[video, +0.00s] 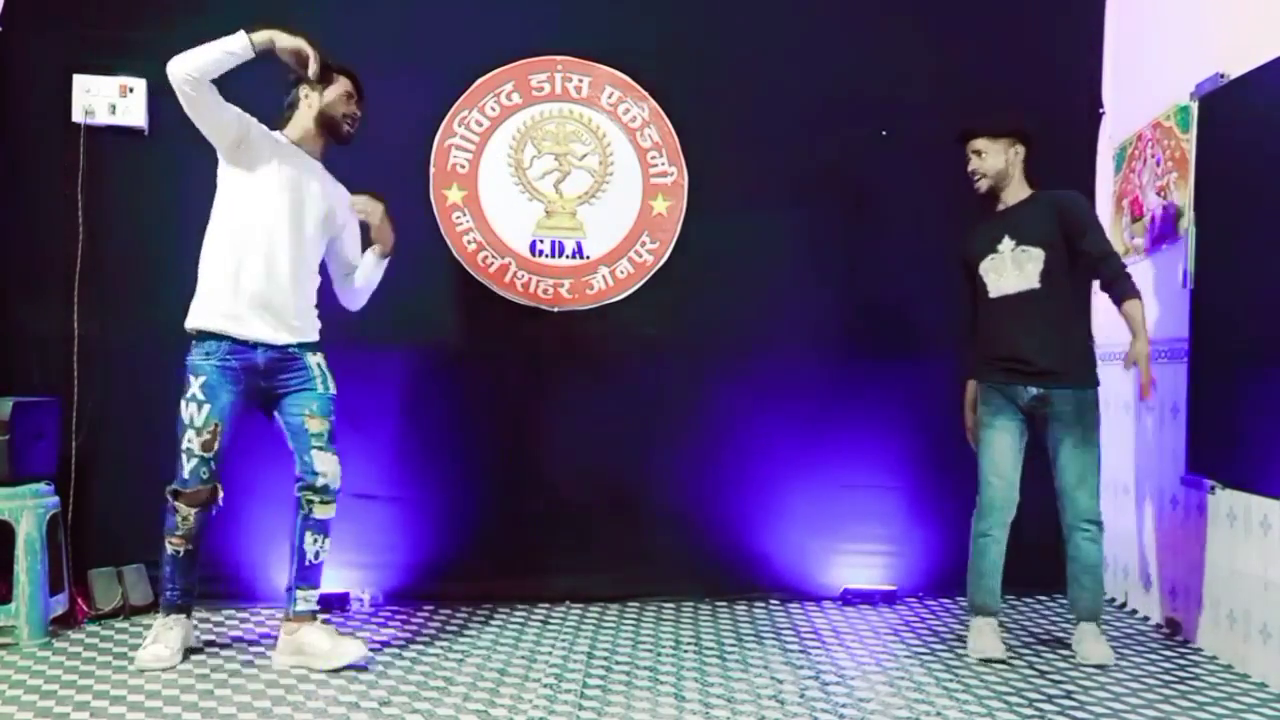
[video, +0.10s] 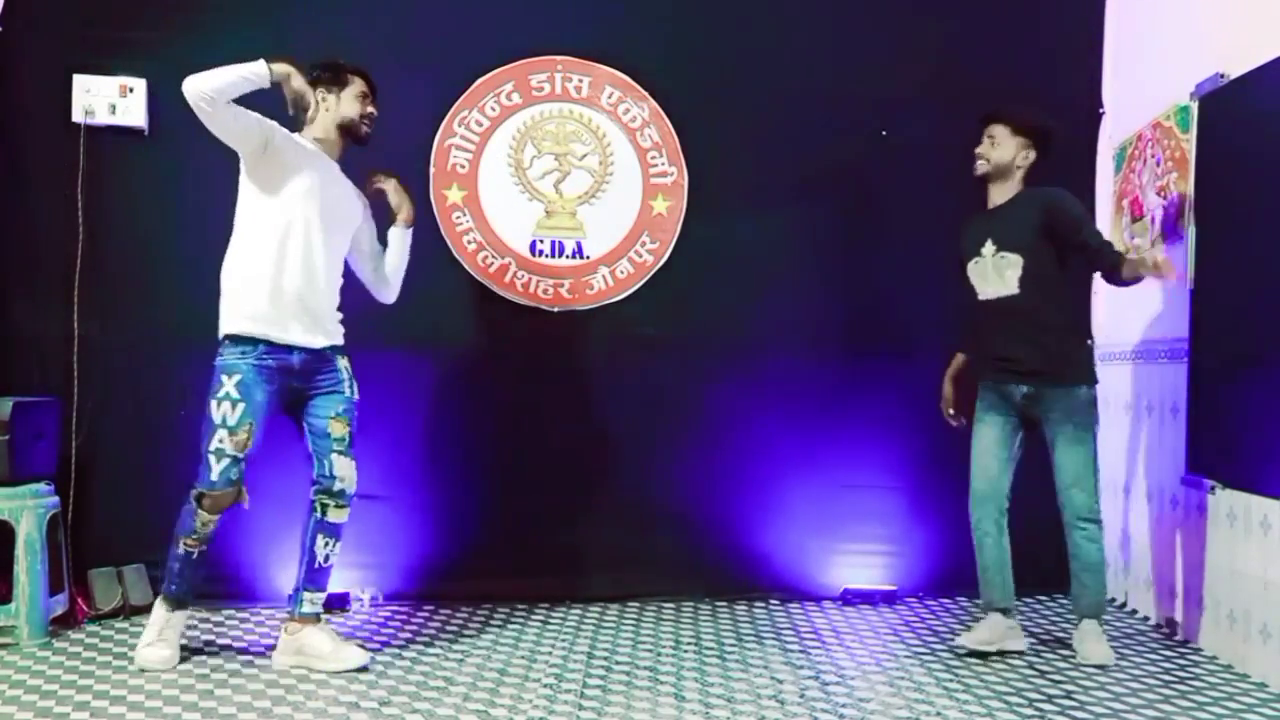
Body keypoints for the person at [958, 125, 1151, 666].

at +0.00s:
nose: (971, 166)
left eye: (980, 154)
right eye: (969, 157)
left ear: (1015, 153)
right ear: (979, 163)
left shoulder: (1064, 208)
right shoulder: (978, 235)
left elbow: (1111, 272)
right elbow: (975, 320)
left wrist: (1139, 335)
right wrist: (971, 391)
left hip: (1067, 381)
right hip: (998, 384)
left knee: (1080, 509)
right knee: (994, 504)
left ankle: (1087, 624)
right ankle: (983, 620)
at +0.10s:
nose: (981, 148)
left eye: (994, 140)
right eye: (981, 141)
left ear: (1025, 154)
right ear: (985, 154)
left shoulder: (1052, 205)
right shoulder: (975, 227)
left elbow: (1107, 263)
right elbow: (986, 313)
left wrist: (1139, 265)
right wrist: (956, 368)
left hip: (1064, 382)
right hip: (996, 382)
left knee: (1079, 507)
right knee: (985, 501)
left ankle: (1089, 623)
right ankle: (1000, 618)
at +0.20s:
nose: (981, 147)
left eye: (996, 145)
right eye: (985, 140)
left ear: (1019, 168)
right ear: (982, 157)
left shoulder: (1035, 211)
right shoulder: (964, 224)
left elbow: (1109, 270)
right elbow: (984, 302)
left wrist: (1106, 224)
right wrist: (943, 337)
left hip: (1054, 381)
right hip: (994, 380)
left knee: (1072, 506)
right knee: (975, 494)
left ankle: (1091, 623)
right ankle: (1016, 614)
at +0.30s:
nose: (962, 155)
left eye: (978, 154)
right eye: (967, 148)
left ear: (1001, 179)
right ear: (960, 172)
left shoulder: (1012, 219)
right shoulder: (952, 229)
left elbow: (1087, 281)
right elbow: (967, 301)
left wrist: (1040, 240)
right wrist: (923, 337)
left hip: (1040, 385)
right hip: (986, 386)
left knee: (1042, 504)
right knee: (974, 504)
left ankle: (1087, 616)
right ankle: (1015, 622)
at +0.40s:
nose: (930, 168)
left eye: (945, 165)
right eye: (931, 162)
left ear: (971, 186)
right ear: (924, 183)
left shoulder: (994, 230)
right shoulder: (934, 244)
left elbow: (1058, 300)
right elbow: (946, 314)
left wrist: (1005, 292)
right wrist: (903, 362)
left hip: (1024, 383)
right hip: (975, 386)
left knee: (985, 488)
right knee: (961, 499)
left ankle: (1052, 601)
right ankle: (1011, 616)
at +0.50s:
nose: (895, 176)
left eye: (908, 167)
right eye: (893, 168)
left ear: (939, 179)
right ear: (892, 184)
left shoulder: (978, 225)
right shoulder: (905, 255)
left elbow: (1031, 305)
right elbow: (926, 330)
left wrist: (986, 343)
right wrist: (905, 387)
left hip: (1005, 378)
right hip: (956, 384)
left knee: (956, 489)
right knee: (958, 495)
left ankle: (979, 621)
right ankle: (1016, 620)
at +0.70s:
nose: (832, 178)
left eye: (842, 169)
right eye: (834, 169)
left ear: (875, 179)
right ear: (859, 180)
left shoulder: (913, 225)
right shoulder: (870, 237)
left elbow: (965, 302)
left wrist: (991, 393)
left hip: (948, 386)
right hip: (907, 384)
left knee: (927, 499)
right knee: (872, 491)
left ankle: (957, 630)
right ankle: (931, 601)